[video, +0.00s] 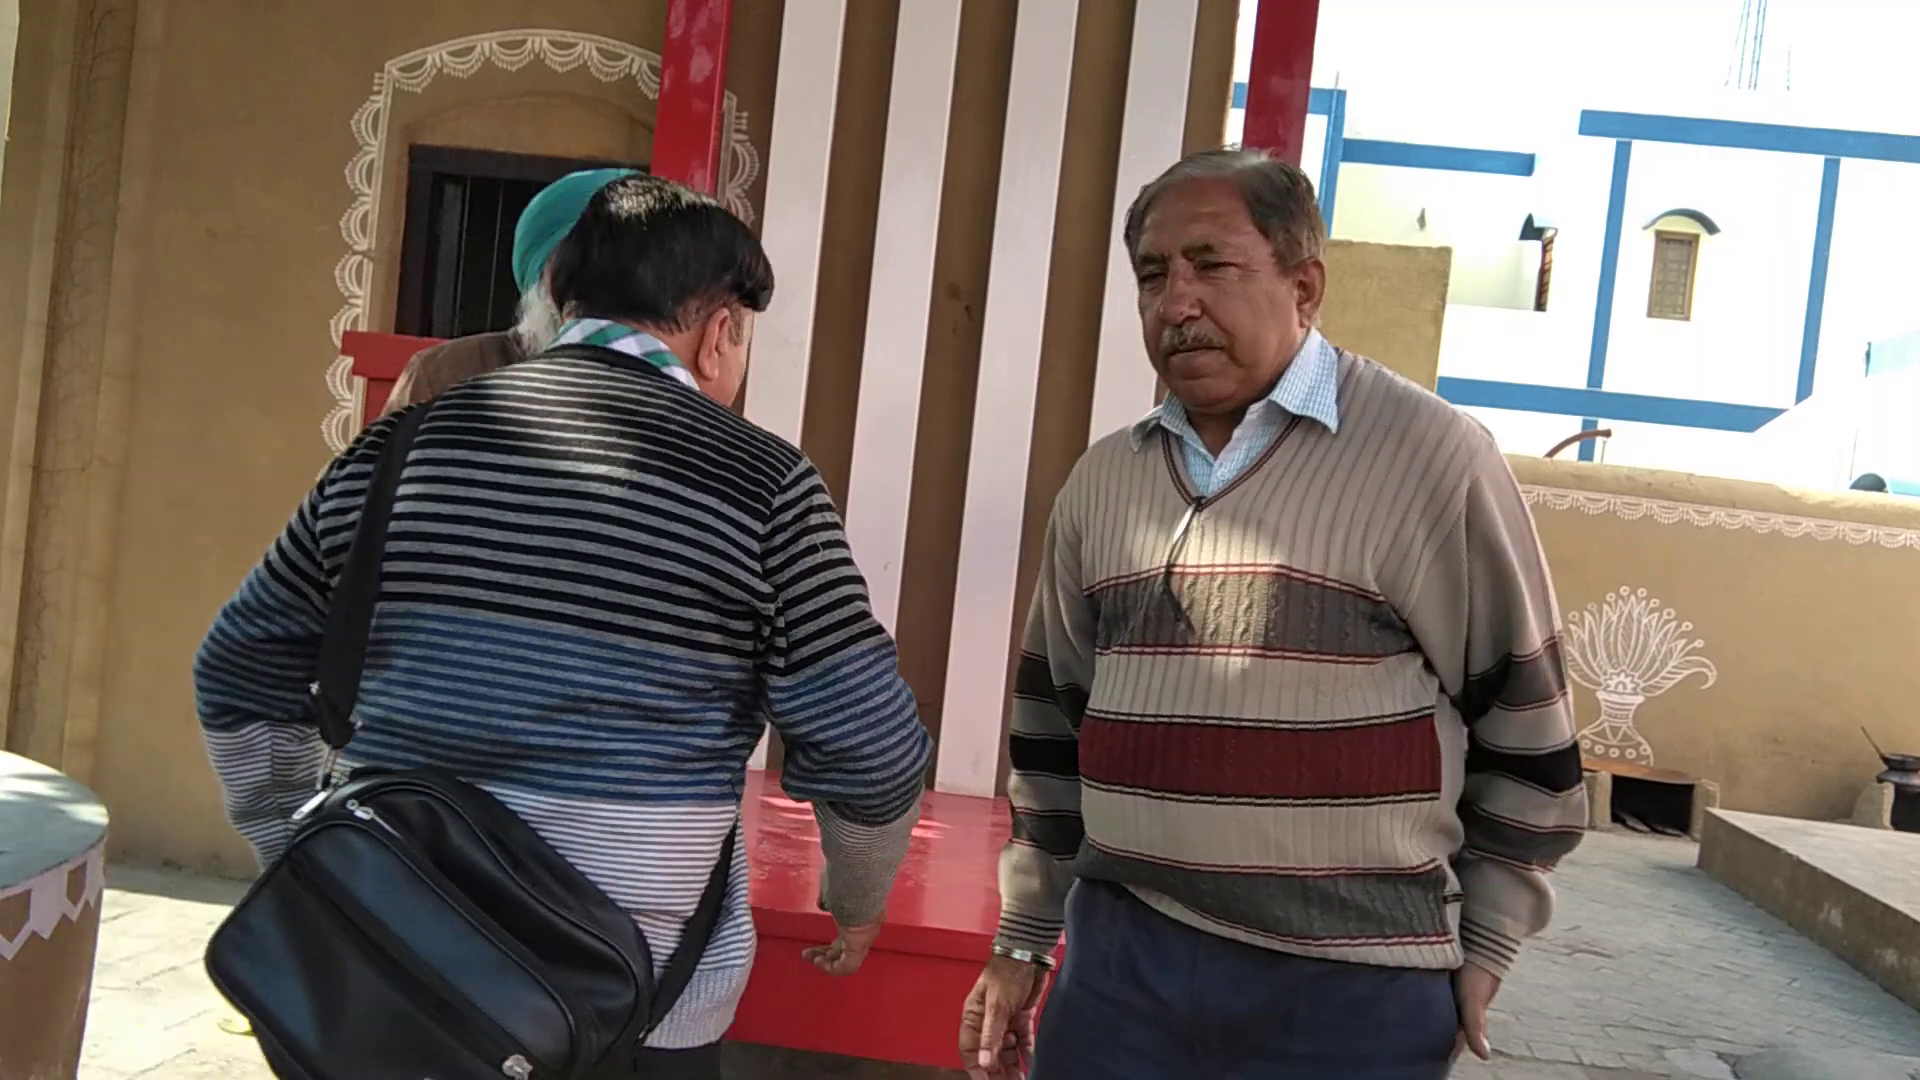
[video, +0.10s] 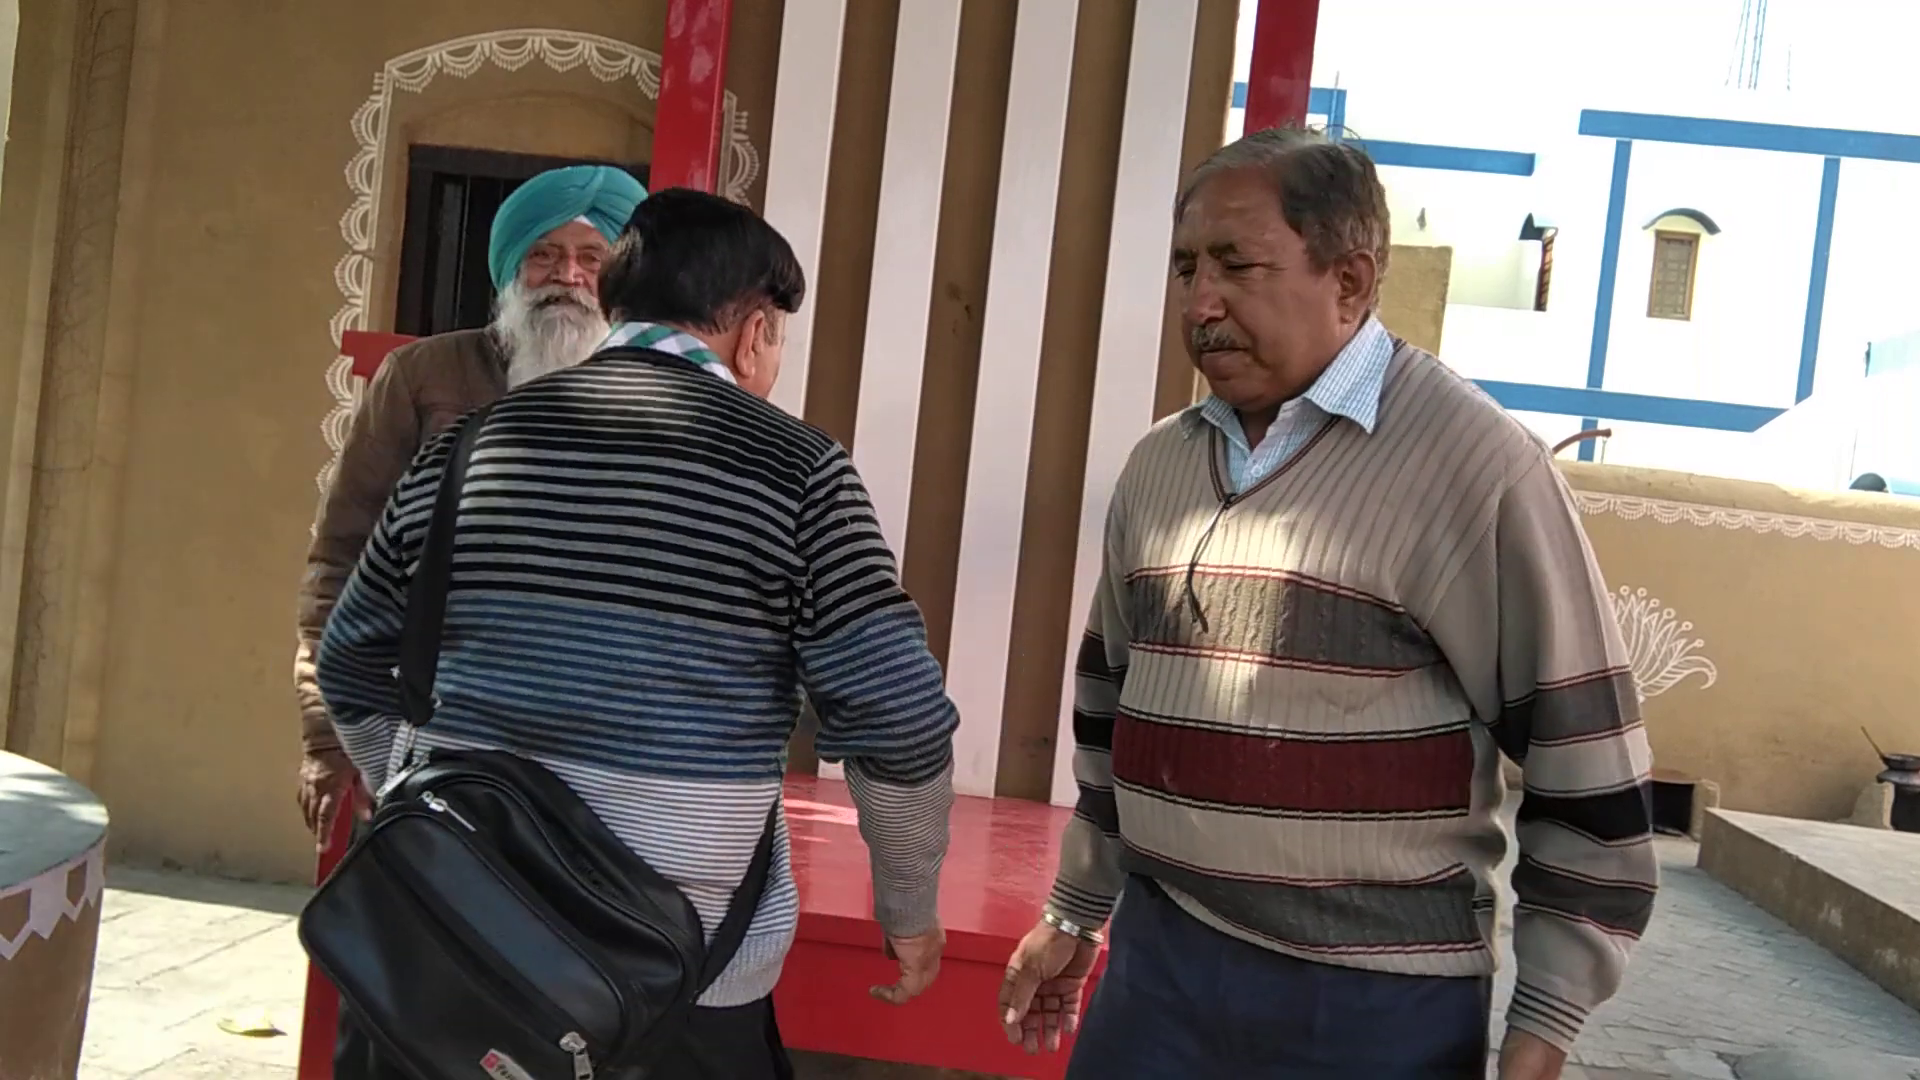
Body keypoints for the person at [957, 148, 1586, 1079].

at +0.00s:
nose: (1175, 300)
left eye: (1212, 264)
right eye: (1153, 274)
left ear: (1304, 285)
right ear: (1135, 300)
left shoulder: (1437, 463)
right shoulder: (1099, 484)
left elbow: (1529, 730)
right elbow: (1049, 726)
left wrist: (1481, 947)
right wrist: (1021, 939)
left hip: (1360, 989)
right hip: (1125, 960)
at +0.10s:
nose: (1198, 304)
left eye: (1238, 266)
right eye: (1187, 268)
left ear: (1351, 280)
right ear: (1176, 271)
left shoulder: (1480, 468)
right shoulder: (1160, 464)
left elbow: (1592, 772)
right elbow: (1110, 714)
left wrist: (1544, 1022)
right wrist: (1073, 912)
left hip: (1384, 1003)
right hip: (1163, 964)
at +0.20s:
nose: (1213, 317)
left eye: (1246, 280)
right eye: (1214, 276)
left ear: (1376, 291)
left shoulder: (1514, 489)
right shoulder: (1238, 442)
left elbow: (1631, 854)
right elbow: (1221, 708)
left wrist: (1564, 1066)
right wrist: (1165, 892)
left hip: (1407, 1022)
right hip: (1212, 968)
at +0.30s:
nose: (1227, 323)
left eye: (1259, 286)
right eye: (1231, 280)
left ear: (1386, 299)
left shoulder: (1523, 495)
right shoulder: (1285, 426)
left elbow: (1598, 870)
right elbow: (1269, 707)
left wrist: (1493, 1069)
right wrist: (1222, 919)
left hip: (1396, 1021)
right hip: (1243, 959)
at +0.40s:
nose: (1240, 320)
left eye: (1272, 284)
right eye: (1245, 278)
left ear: (1394, 298)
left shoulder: (1529, 490)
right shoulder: (1333, 414)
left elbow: (1556, 866)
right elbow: (1316, 710)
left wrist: (1384, 1058)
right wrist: (1264, 922)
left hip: (1425, 1008)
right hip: (1285, 956)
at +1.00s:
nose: (1312, 343)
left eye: (1322, 312)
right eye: (1312, 313)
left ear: (1386, 318)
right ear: (1395, 322)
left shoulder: (1509, 455)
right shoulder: (1443, 437)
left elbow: (1558, 796)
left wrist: (1515, 1053)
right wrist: (1339, 970)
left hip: (1434, 982)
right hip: (1376, 960)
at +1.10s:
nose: (1322, 345)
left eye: (1332, 315)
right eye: (1323, 315)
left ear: (1397, 322)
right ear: (1407, 326)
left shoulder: (1515, 460)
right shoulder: (1460, 439)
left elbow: (1546, 779)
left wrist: (1481, 1034)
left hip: (1447, 975)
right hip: (1395, 952)